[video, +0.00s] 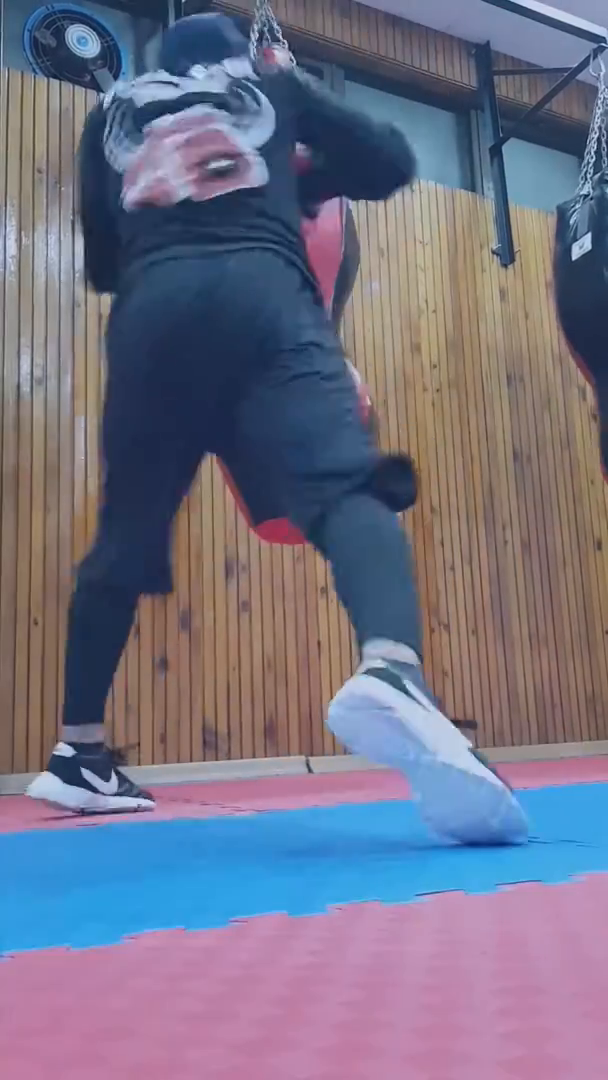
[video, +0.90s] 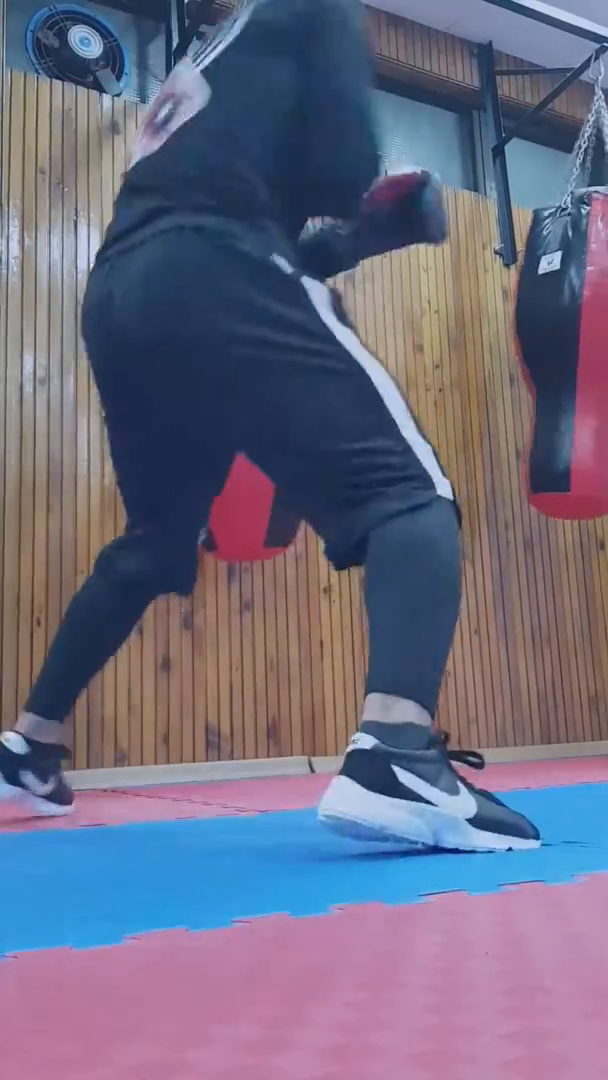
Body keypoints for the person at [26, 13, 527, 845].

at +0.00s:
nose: (260, 55)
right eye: (253, 46)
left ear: (164, 60)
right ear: (244, 50)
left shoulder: (112, 112)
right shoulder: (271, 87)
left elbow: (104, 262)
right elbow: (389, 165)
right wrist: (301, 180)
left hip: (151, 295)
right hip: (262, 278)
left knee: (126, 530)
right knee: (340, 487)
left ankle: (79, 749)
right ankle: (391, 668)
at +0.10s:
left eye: (131, 63)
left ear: (146, 59)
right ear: (218, 68)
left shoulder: (124, 84)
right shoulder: (259, 122)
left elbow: (64, 224)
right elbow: (301, 232)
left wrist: (113, 149)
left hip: (162, 292)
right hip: (270, 292)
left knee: (113, 546)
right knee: (314, 494)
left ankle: (88, 765)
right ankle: (375, 668)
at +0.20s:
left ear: (130, 42)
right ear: (211, 36)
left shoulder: (98, 90)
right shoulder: (263, 91)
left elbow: (63, 247)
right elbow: (316, 230)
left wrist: (121, 160)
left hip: (156, 308)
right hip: (270, 300)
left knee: (120, 545)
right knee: (331, 514)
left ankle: (91, 763)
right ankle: (369, 672)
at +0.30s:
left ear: (141, 9)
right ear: (228, 4)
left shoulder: (100, 76)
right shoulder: (282, 50)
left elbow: (85, 238)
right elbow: (351, 200)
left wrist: (166, 174)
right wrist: (268, 157)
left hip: (151, 289)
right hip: (264, 266)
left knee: (141, 540)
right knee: (356, 499)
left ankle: (93, 766)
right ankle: (337, 693)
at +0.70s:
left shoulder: (172, 11)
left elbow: (109, 143)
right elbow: (424, 135)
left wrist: (208, 144)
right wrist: (336, 70)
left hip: (154, 231)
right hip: (273, 200)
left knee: (162, 514)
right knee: (401, 471)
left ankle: (130, 762)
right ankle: (391, 756)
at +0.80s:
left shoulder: (190, 29)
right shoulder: (356, 8)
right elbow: (428, 166)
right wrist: (342, 103)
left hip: (141, 254)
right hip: (259, 241)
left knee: (156, 519)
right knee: (422, 502)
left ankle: (90, 751)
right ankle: (398, 751)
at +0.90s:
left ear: (240, 11)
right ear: (302, 3)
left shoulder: (197, 69)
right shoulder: (318, 15)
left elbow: (253, 251)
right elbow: (346, 176)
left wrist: (374, 229)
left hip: (113, 293)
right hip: (212, 268)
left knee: (157, 538)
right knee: (411, 502)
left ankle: (31, 741)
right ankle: (394, 750)